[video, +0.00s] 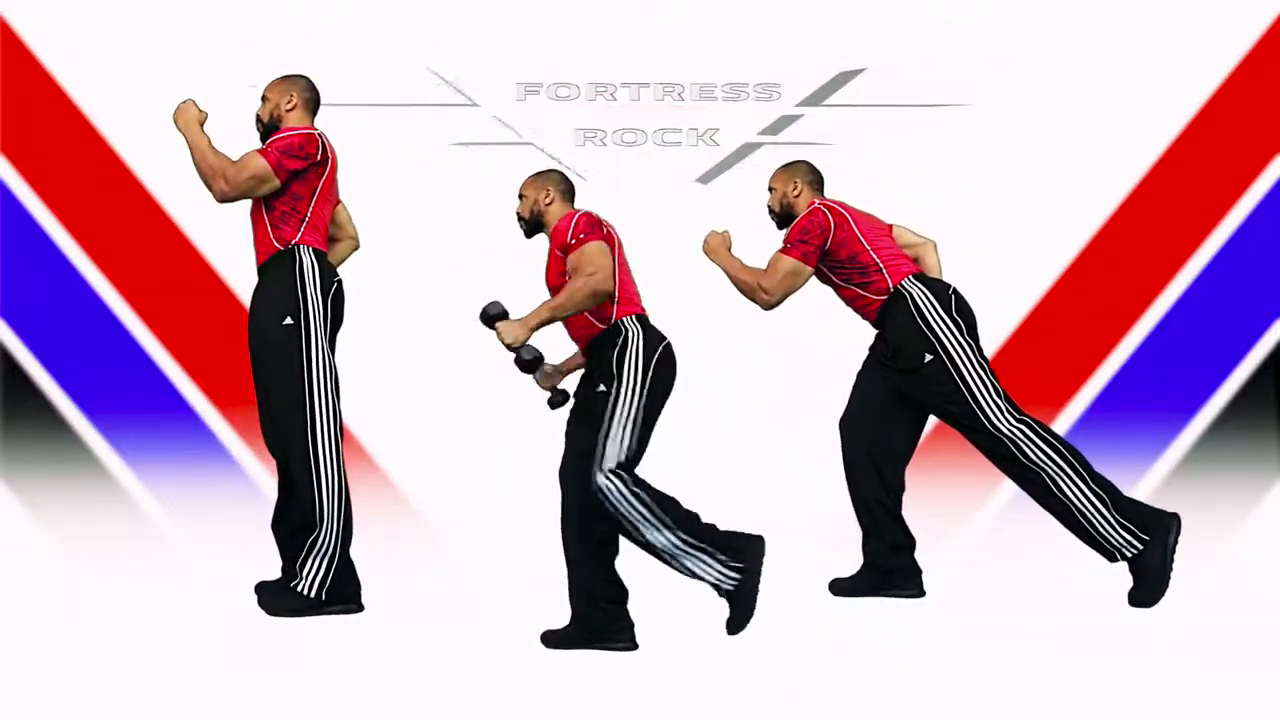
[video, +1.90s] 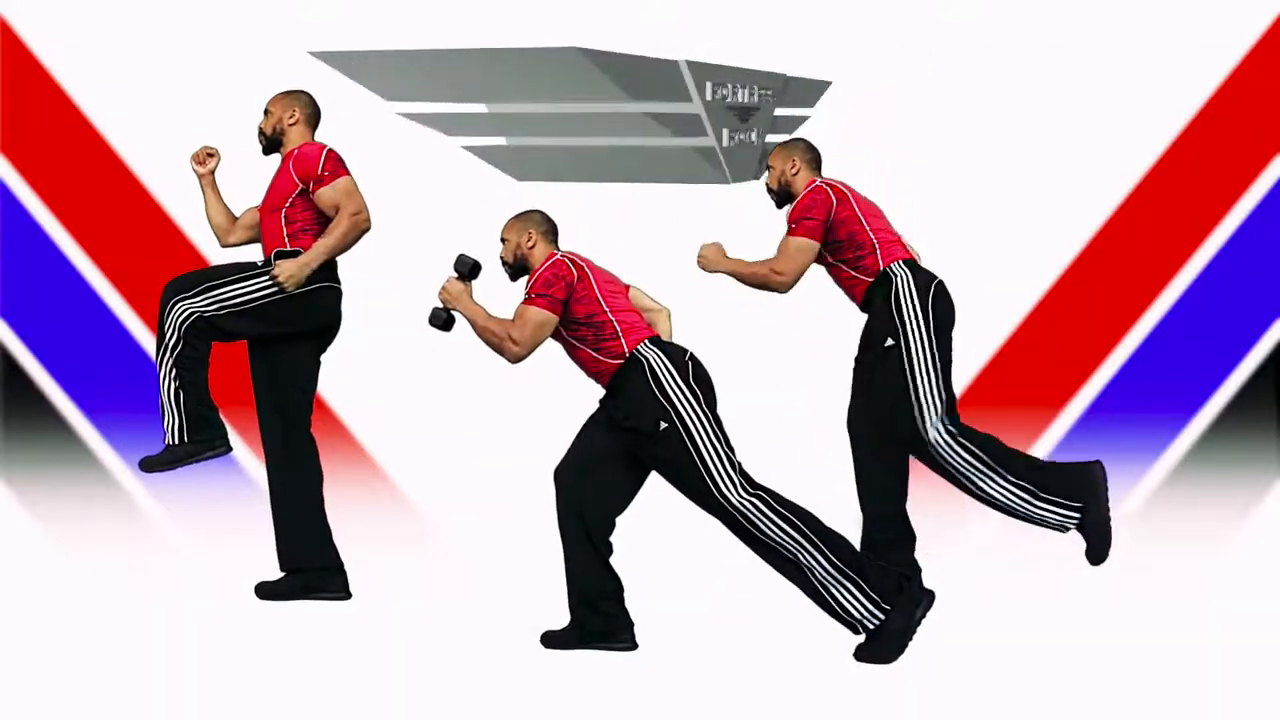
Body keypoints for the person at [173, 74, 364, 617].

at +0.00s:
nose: (257, 108)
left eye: (264, 99)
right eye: (260, 101)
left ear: (288, 101)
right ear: (297, 105)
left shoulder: (302, 142)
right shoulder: (301, 156)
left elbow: (226, 184)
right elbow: (345, 237)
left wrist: (193, 130)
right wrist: (298, 284)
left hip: (297, 284)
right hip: (288, 288)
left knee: (310, 430)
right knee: (290, 433)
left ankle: (326, 581)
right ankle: (305, 573)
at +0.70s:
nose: (260, 113)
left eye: (265, 104)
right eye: (262, 105)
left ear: (289, 105)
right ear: (297, 109)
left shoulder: (307, 146)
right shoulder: (293, 158)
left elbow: (263, 205)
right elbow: (315, 247)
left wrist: (201, 177)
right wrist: (260, 266)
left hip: (298, 284)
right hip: (283, 287)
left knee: (302, 426)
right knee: (282, 430)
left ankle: (324, 577)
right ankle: (304, 570)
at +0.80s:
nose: (261, 114)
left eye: (267, 105)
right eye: (263, 106)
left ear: (290, 108)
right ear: (295, 112)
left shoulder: (310, 149)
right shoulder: (283, 169)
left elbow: (294, 219)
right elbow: (287, 259)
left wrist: (221, 214)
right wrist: (240, 252)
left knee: (278, 417)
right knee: (245, 411)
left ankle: (303, 564)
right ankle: (315, 555)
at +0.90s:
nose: (260, 119)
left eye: (267, 109)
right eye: (262, 111)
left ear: (291, 111)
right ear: (293, 115)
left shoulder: (310, 151)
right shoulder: (283, 174)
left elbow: (329, 216)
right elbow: (268, 260)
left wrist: (255, 241)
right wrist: (217, 220)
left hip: (302, 286)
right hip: (295, 291)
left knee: (216, 374)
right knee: (289, 433)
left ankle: (254, 522)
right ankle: (315, 570)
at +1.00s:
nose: (260, 118)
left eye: (267, 109)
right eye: (262, 111)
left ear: (292, 112)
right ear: (292, 116)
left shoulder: (311, 149)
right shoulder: (287, 177)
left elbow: (354, 209)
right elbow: (236, 234)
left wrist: (299, 253)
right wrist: (208, 183)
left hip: (296, 287)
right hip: (301, 298)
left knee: (189, 332)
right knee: (292, 440)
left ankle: (215, 464)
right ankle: (314, 572)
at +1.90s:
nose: (261, 124)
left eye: (267, 114)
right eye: (262, 116)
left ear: (293, 116)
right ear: (295, 120)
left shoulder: (312, 156)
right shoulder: (286, 185)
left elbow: (356, 215)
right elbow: (230, 232)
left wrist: (309, 261)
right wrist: (207, 179)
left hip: (295, 284)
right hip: (298, 299)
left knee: (182, 300)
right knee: (285, 437)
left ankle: (194, 430)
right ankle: (316, 571)